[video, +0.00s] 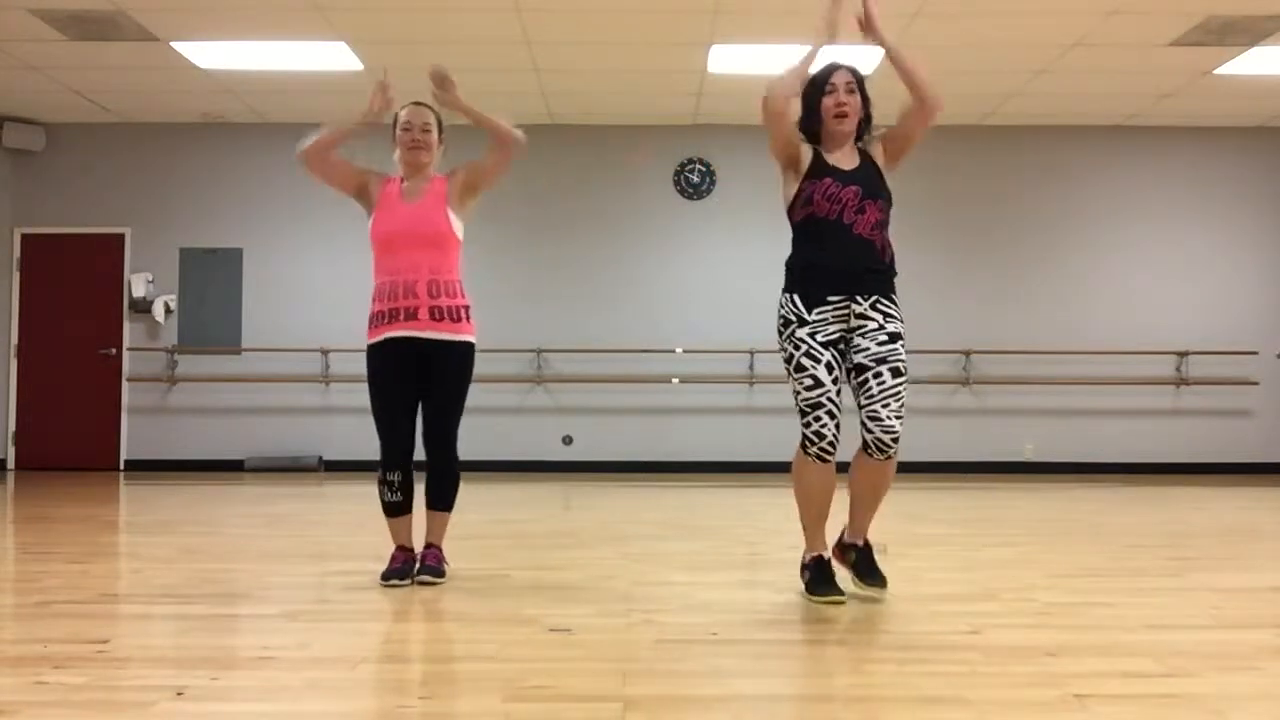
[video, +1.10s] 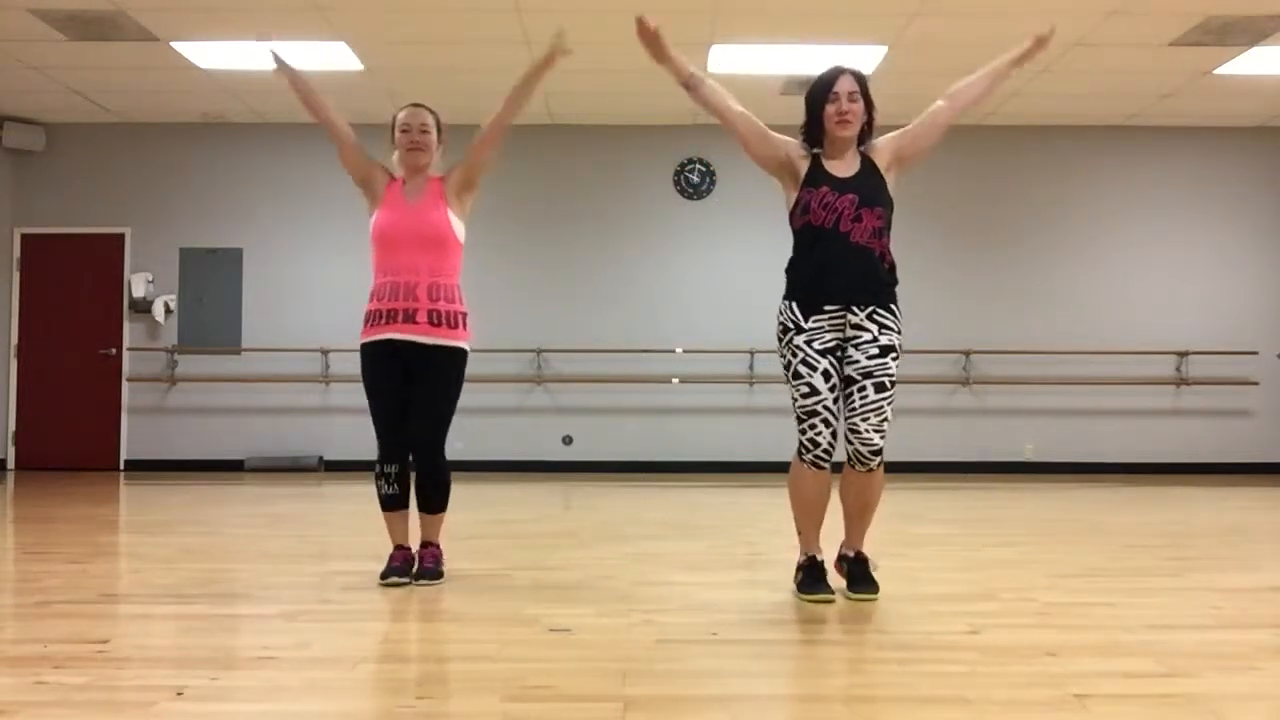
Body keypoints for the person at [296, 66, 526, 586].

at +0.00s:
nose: (416, 133)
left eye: (426, 128)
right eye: (407, 126)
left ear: (440, 141)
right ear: (395, 139)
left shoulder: (458, 187)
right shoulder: (375, 188)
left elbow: (512, 142)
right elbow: (311, 155)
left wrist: (462, 107)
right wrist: (366, 118)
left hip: (449, 337)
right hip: (390, 336)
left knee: (440, 444)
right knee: (395, 447)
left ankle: (433, 549)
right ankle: (402, 550)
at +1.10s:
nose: (413, 134)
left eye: (423, 128)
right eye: (405, 129)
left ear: (439, 141)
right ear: (393, 141)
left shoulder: (457, 187)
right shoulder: (378, 186)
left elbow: (499, 125)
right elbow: (333, 124)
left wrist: (540, 68)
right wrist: (289, 71)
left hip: (442, 338)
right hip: (384, 334)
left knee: (428, 446)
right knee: (391, 446)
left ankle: (430, 547)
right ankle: (400, 550)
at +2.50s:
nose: (419, 130)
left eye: (429, 125)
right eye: (411, 124)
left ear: (441, 141)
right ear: (396, 137)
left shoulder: (459, 193)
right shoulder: (372, 194)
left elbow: (525, 225)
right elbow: (310, 242)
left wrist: (584, 254)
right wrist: (257, 283)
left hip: (449, 336)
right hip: (389, 336)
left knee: (441, 445)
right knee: (396, 448)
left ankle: (433, 549)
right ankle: (400, 551)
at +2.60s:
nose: (418, 127)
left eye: (428, 122)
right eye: (409, 121)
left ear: (440, 137)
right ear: (394, 133)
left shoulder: (459, 191)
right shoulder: (372, 191)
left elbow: (525, 228)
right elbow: (311, 244)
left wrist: (582, 262)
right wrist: (265, 284)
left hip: (446, 334)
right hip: (388, 333)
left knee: (436, 444)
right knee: (395, 446)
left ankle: (434, 546)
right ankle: (399, 550)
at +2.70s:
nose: (419, 128)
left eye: (428, 122)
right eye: (410, 122)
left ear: (441, 137)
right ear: (395, 134)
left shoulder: (460, 192)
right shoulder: (373, 192)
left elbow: (524, 232)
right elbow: (314, 247)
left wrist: (582, 267)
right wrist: (265, 290)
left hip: (446, 334)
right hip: (387, 333)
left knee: (436, 441)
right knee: (394, 445)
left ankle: (441, 538)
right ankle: (399, 550)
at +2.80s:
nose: (422, 130)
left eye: (431, 125)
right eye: (413, 124)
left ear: (444, 140)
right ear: (398, 138)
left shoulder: (465, 195)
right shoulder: (377, 195)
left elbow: (526, 240)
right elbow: (321, 253)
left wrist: (581, 279)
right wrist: (276, 299)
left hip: (447, 339)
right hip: (388, 338)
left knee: (439, 446)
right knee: (394, 447)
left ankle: (446, 547)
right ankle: (399, 550)